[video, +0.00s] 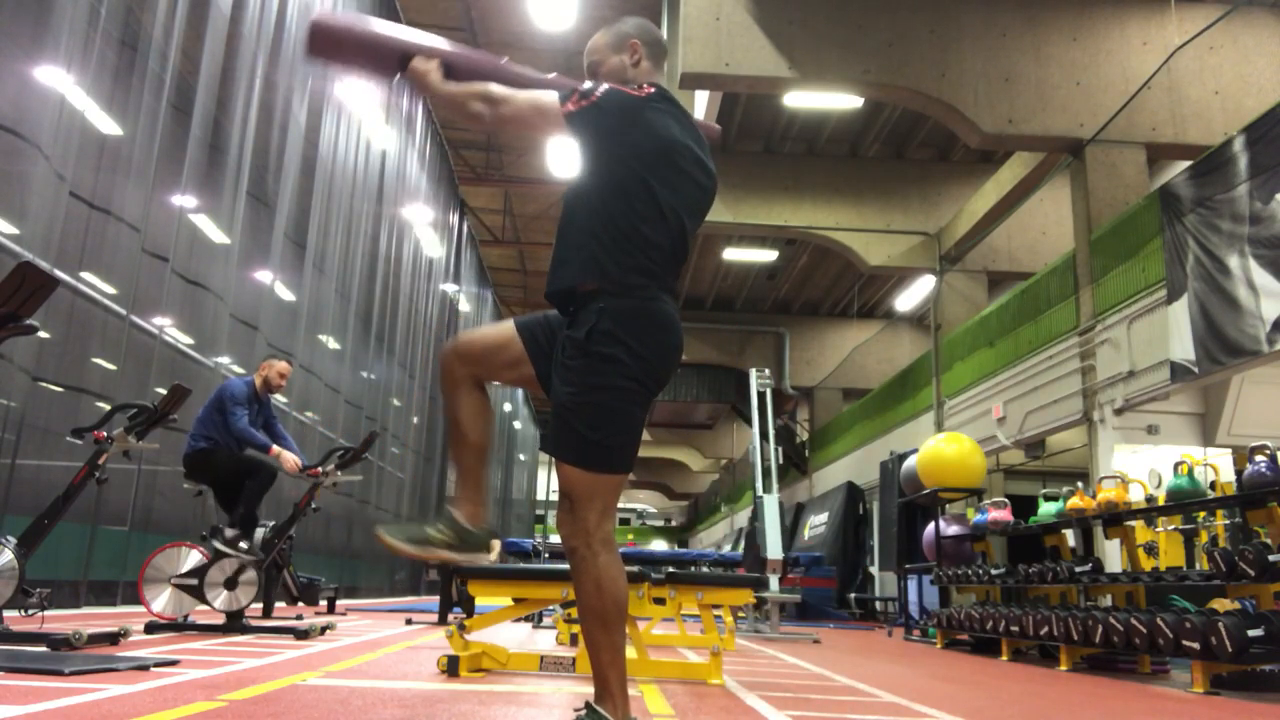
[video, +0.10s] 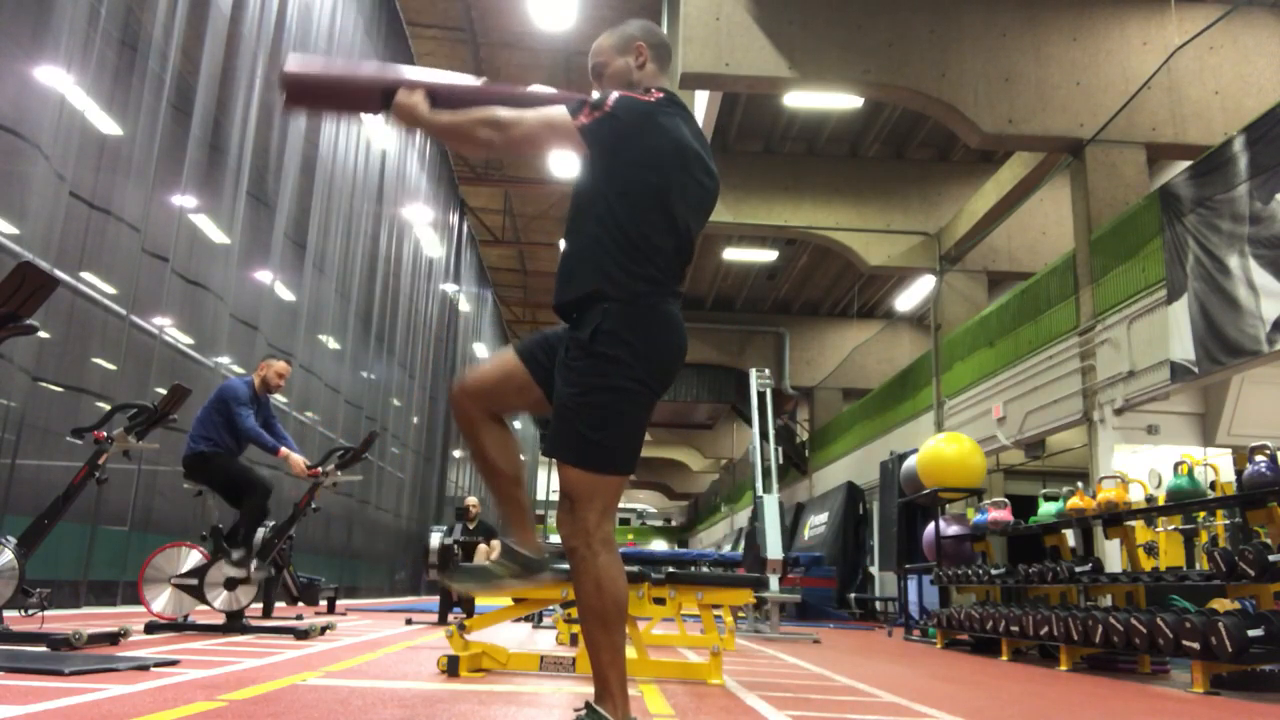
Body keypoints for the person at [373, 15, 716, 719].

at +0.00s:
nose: (591, 80)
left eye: (597, 67)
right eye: (589, 70)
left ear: (639, 56)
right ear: (648, 65)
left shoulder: (618, 107)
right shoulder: (698, 150)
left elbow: (488, 109)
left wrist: (426, 76)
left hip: (618, 329)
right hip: (599, 323)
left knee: (587, 530)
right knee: (463, 357)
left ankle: (613, 707)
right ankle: (469, 524)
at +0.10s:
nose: (595, 85)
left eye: (603, 71)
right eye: (594, 74)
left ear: (643, 60)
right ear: (652, 68)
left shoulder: (629, 114)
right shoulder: (697, 154)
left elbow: (504, 131)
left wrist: (425, 115)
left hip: (621, 334)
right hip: (612, 330)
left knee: (586, 530)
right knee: (472, 395)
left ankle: (614, 708)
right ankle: (523, 548)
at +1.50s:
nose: (612, 271)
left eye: (623, 257)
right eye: (608, 260)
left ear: (665, 251)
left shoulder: (730, 328)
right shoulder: (615, 344)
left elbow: (785, 429)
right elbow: (595, 419)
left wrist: (816, 530)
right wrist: (603, 476)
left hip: (727, 502)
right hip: (668, 509)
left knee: (568, 529)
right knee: (708, 703)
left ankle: (606, 708)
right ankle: (848, 672)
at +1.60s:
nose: (615, 278)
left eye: (626, 263)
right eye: (611, 266)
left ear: (667, 258)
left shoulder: (730, 333)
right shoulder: (615, 349)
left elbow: (786, 433)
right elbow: (597, 426)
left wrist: (823, 533)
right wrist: (611, 487)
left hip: (728, 506)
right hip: (672, 515)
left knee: (567, 527)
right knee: (706, 708)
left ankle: (607, 707)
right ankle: (843, 672)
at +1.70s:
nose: (616, 280)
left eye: (627, 266)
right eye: (612, 269)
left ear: (668, 260)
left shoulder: (732, 335)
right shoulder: (616, 349)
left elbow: (788, 433)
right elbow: (599, 427)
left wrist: (826, 533)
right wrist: (619, 492)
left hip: (729, 506)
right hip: (673, 516)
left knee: (566, 527)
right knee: (704, 708)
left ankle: (607, 707)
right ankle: (841, 673)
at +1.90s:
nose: (619, 278)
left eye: (630, 264)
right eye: (615, 267)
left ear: (672, 260)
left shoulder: (733, 336)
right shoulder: (615, 347)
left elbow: (788, 432)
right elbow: (601, 428)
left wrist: (828, 531)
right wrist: (621, 500)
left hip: (727, 508)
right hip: (671, 517)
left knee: (567, 528)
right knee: (703, 709)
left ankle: (607, 707)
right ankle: (841, 672)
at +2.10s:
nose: (623, 278)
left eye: (634, 264)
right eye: (618, 267)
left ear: (674, 259)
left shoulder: (735, 337)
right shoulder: (615, 346)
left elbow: (786, 435)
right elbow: (604, 426)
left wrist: (821, 534)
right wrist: (618, 498)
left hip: (726, 505)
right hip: (668, 514)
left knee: (567, 528)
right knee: (702, 708)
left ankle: (607, 707)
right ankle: (842, 672)